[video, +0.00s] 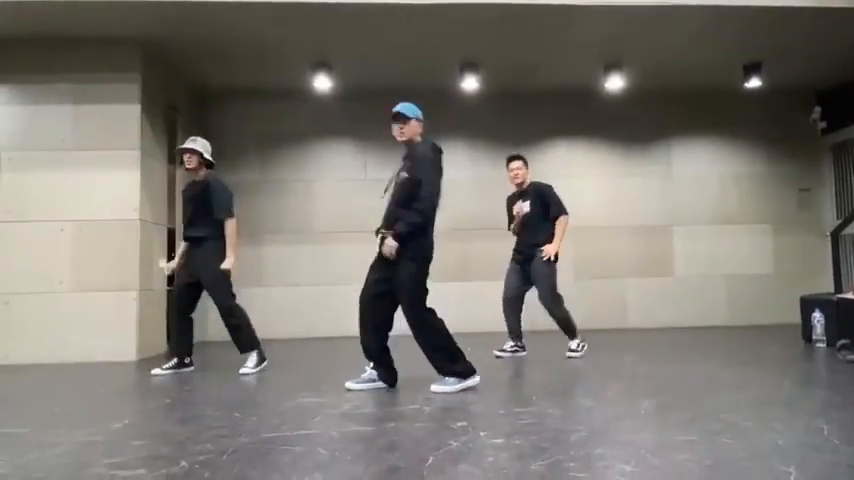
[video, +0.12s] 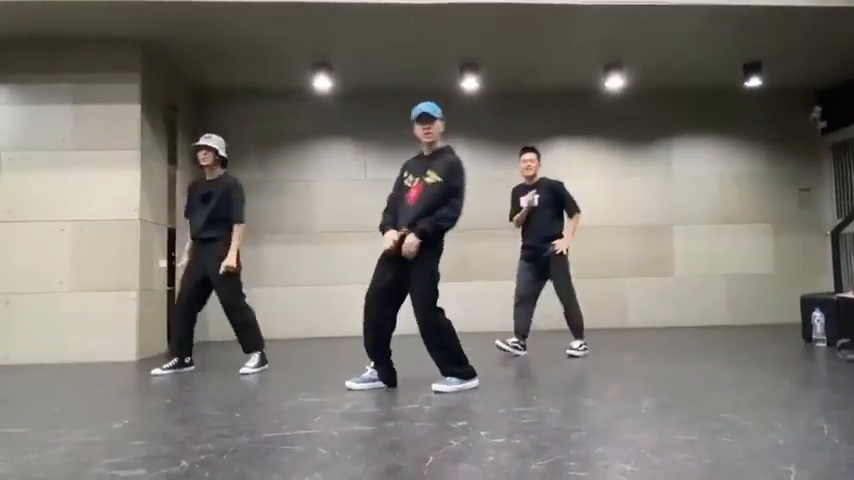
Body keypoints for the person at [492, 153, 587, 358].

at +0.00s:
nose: (516, 173)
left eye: (519, 168)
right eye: (512, 170)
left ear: (527, 171)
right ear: (508, 174)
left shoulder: (542, 190)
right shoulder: (512, 200)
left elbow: (563, 217)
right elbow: (514, 230)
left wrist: (555, 245)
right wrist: (518, 219)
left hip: (542, 253)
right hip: (520, 256)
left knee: (548, 297)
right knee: (510, 298)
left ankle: (574, 339)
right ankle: (516, 342)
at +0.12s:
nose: (528, 165)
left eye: (532, 161)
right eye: (524, 161)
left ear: (539, 164)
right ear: (519, 165)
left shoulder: (554, 187)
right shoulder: (517, 191)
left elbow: (575, 214)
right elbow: (515, 222)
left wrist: (566, 239)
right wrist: (524, 210)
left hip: (554, 250)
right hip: (530, 253)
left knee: (566, 295)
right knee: (523, 296)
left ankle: (579, 340)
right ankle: (519, 340)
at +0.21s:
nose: (533, 164)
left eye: (537, 160)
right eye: (529, 160)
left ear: (544, 164)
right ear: (524, 164)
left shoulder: (558, 187)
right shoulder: (521, 190)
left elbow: (579, 215)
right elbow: (518, 220)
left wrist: (571, 239)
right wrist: (529, 208)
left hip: (559, 250)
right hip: (535, 253)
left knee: (569, 294)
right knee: (528, 296)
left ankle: (580, 340)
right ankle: (521, 339)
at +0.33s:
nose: (541, 163)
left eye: (545, 160)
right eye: (537, 160)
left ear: (551, 164)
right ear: (532, 164)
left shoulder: (566, 185)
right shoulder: (530, 191)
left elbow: (587, 210)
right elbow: (529, 223)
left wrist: (581, 238)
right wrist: (537, 211)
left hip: (567, 248)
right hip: (542, 250)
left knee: (570, 292)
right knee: (533, 293)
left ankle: (580, 340)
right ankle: (525, 337)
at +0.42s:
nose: (544, 161)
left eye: (548, 158)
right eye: (541, 157)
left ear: (555, 162)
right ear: (536, 162)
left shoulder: (568, 182)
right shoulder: (533, 190)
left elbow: (588, 208)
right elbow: (532, 221)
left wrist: (581, 236)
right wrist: (539, 206)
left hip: (568, 246)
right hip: (544, 247)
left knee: (574, 292)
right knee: (529, 286)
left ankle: (580, 340)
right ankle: (543, 322)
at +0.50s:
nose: (546, 161)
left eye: (550, 158)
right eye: (542, 158)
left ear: (556, 162)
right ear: (537, 162)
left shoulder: (569, 183)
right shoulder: (534, 189)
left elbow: (589, 209)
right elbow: (533, 221)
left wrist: (581, 236)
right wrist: (540, 207)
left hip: (568, 245)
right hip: (544, 247)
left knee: (574, 291)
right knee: (529, 281)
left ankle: (581, 339)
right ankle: (555, 310)